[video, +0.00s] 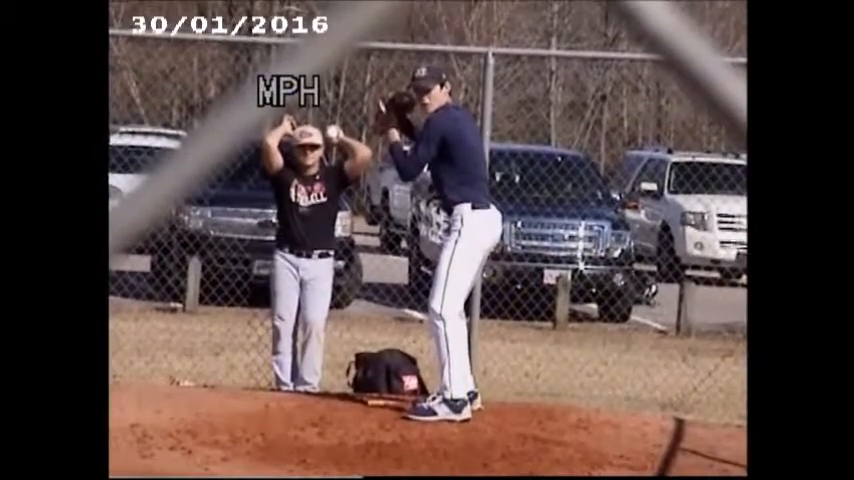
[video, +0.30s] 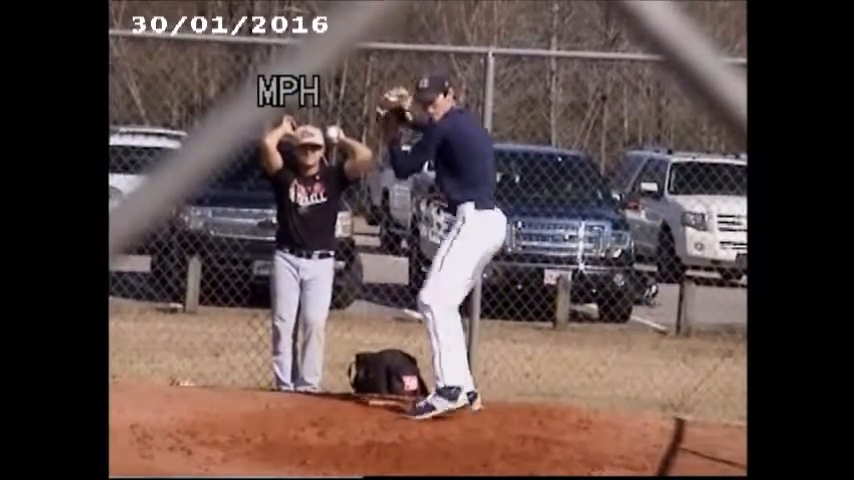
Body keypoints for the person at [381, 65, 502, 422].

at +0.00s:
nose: (420, 97)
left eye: (426, 91)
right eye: (418, 92)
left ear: (446, 89)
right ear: (440, 93)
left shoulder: (439, 121)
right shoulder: (458, 117)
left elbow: (409, 169)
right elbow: (419, 160)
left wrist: (392, 134)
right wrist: (402, 129)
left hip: (470, 218)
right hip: (481, 215)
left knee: (443, 308)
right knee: (448, 307)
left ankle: (455, 396)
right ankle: (462, 389)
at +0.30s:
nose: (427, 111)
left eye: (431, 103)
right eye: (424, 105)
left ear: (450, 96)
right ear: (447, 100)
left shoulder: (443, 128)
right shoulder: (467, 121)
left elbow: (403, 168)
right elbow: (434, 131)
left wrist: (391, 134)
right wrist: (408, 118)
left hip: (474, 219)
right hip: (490, 218)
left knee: (433, 298)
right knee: (443, 302)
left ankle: (451, 386)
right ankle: (463, 386)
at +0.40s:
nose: (428, 107)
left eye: (429, 101)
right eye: (425, 102)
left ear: (446, 91)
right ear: (450, 91)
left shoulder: (441, 124)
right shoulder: (474, 112)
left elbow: (399, 159)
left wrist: (397, 120)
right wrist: (417, 96)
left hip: (474, 214)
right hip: (497, 216)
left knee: (412, 274)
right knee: (449, 293)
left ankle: (444, 355)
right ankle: (461, 383)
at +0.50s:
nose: (424, 108)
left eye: (426, 102)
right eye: (421, 104)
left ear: (445, 92)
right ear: (448, 93)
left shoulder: (439, 124)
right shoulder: (474, 112)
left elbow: (394, 156)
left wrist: (411, 122)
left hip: (476, 213)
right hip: (500, 216)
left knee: (401, 251)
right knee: (461, 302)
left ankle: (439, 325)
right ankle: (462, 387)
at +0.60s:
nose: (419, 103)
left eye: (423, 96)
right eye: (417, 98)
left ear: (442, 91)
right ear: (445, 93)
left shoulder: (436, 121)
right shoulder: (472, 116)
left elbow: (393, 160)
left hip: (475, 211)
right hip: (503, 214)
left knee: (396, 234)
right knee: (461, 302)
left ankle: (422, 314)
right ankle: (462, 385)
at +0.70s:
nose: (423, 111)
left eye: (428, 104)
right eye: (420, 105)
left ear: (446, 101)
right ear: (448, 104)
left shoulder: (439, 129)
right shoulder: (470, 126)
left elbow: (396, 171)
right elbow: (454, 183)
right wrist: (429, 185)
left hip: (478, 220)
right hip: (505, 226)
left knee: (397, 241)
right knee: (458, 302)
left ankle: (395, 329)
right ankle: (460, 388)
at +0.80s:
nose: (426, 120)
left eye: (432, 114)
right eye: (425, 114)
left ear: (451, 113)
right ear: (454, 116)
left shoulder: (444, 139)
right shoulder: (475, 141)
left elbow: (391, 162)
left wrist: (356, 182)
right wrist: (443, 190)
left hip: (479, 230)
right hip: (505, 238)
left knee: (397, 264)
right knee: (443, 301)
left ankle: (364, 349)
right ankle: (458, 387)